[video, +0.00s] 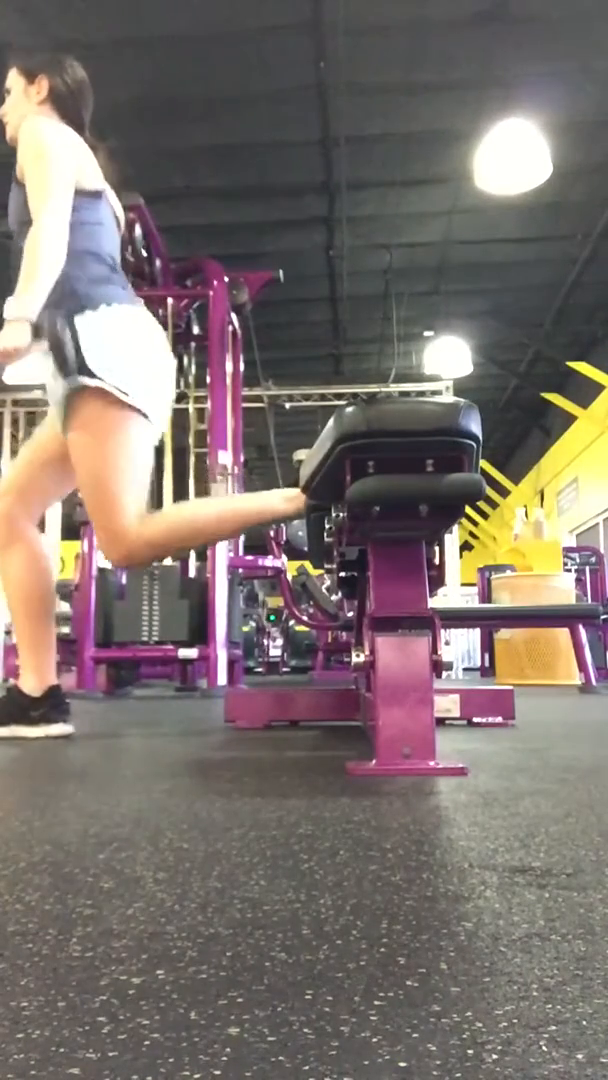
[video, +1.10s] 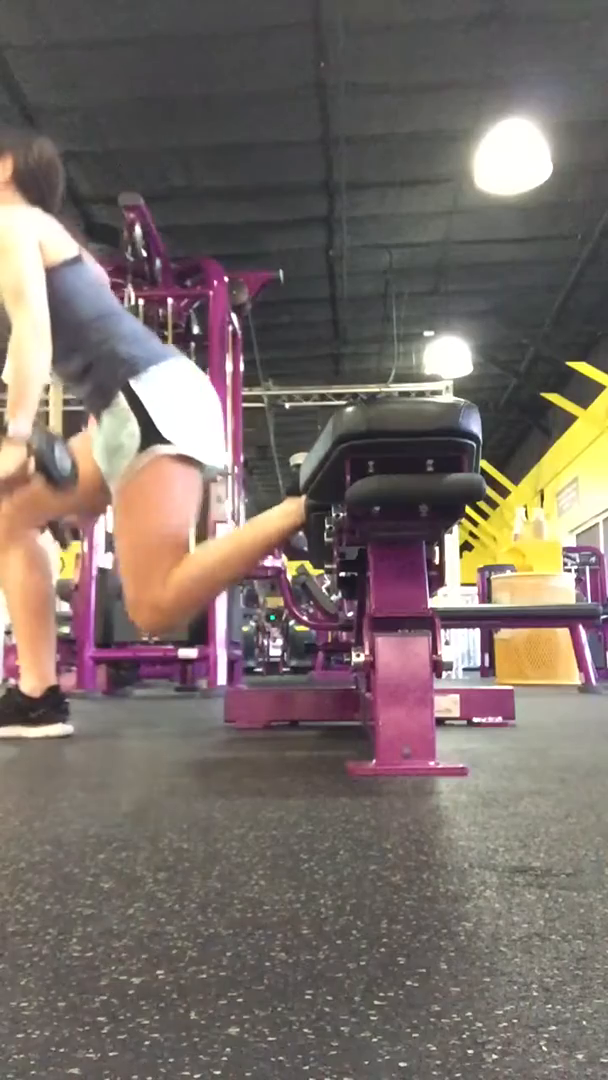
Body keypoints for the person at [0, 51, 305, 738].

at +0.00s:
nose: (5, 106)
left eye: (11, 93)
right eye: (6, 94)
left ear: (38, 90)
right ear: (54, 98)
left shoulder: (44, 133)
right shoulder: (69, 156)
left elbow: (50, 229)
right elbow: (77, 272)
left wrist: (18, 316)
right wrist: (26, 347)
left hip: (115, 344)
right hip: (103, 358)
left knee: (122, 537)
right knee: (14, 508)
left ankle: (304, 497)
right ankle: (37, 691)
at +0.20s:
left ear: (19, 147)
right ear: (40, 155)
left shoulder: (27, 200)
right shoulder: (51, 217)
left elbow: (40, 298)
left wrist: (23, 398)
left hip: (143, 392)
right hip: (117, 414)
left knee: (148, 592)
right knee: (13, 512)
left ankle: (306, 499)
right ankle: (36, 691)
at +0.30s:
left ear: (14, 181)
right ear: (31, 187)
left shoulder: (25, 237)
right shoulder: (48, 248)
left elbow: (36, 344)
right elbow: (100, 384)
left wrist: (14, 447)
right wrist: (65, 462)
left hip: (159, 414)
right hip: (122, 435)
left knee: (168, 616)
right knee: (10, 516)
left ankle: (302, 501)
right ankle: (38, 692)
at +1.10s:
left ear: (10, 169)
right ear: (29, 176)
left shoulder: (17, 223)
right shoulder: (35, 235)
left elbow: (31, 328)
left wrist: (17, 431)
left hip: (154, 399)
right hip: (121, 422)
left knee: (156, 605)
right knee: (10, 513)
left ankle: (305, 503)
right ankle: (37, 693)